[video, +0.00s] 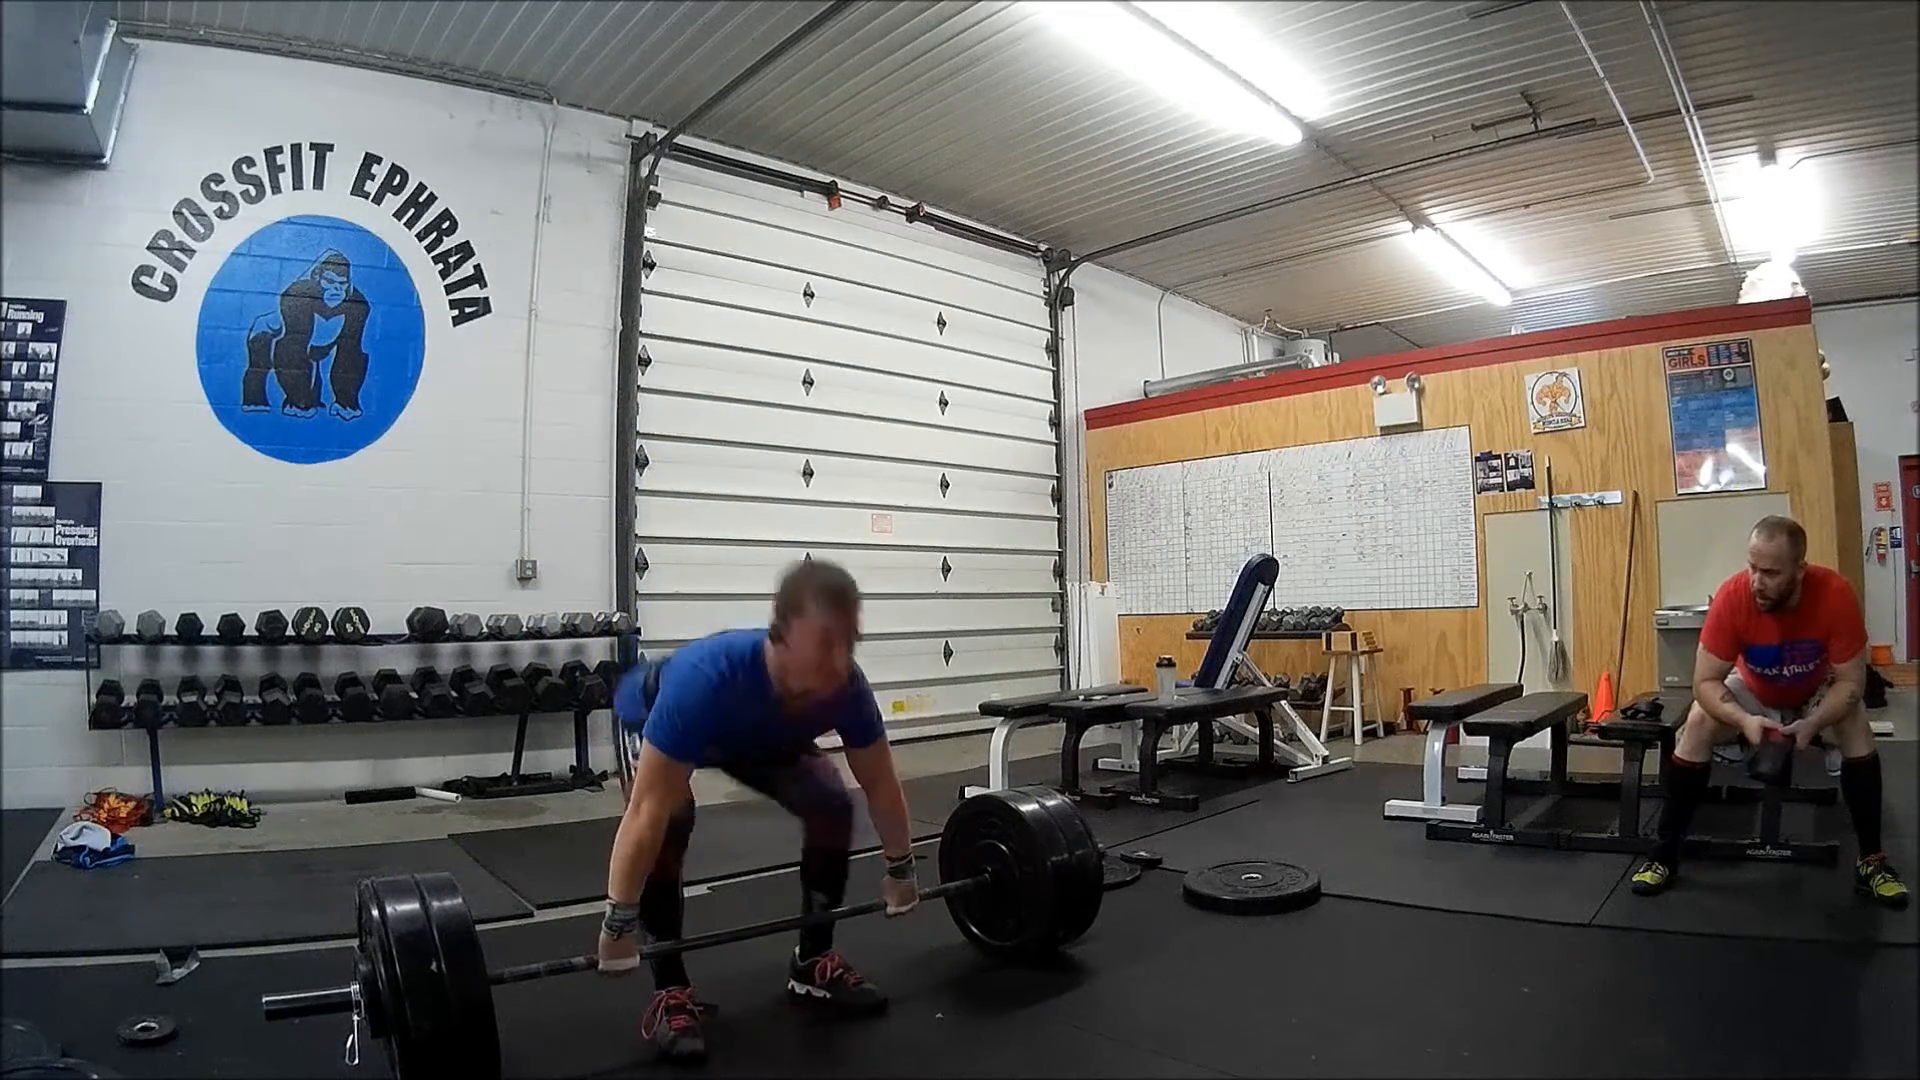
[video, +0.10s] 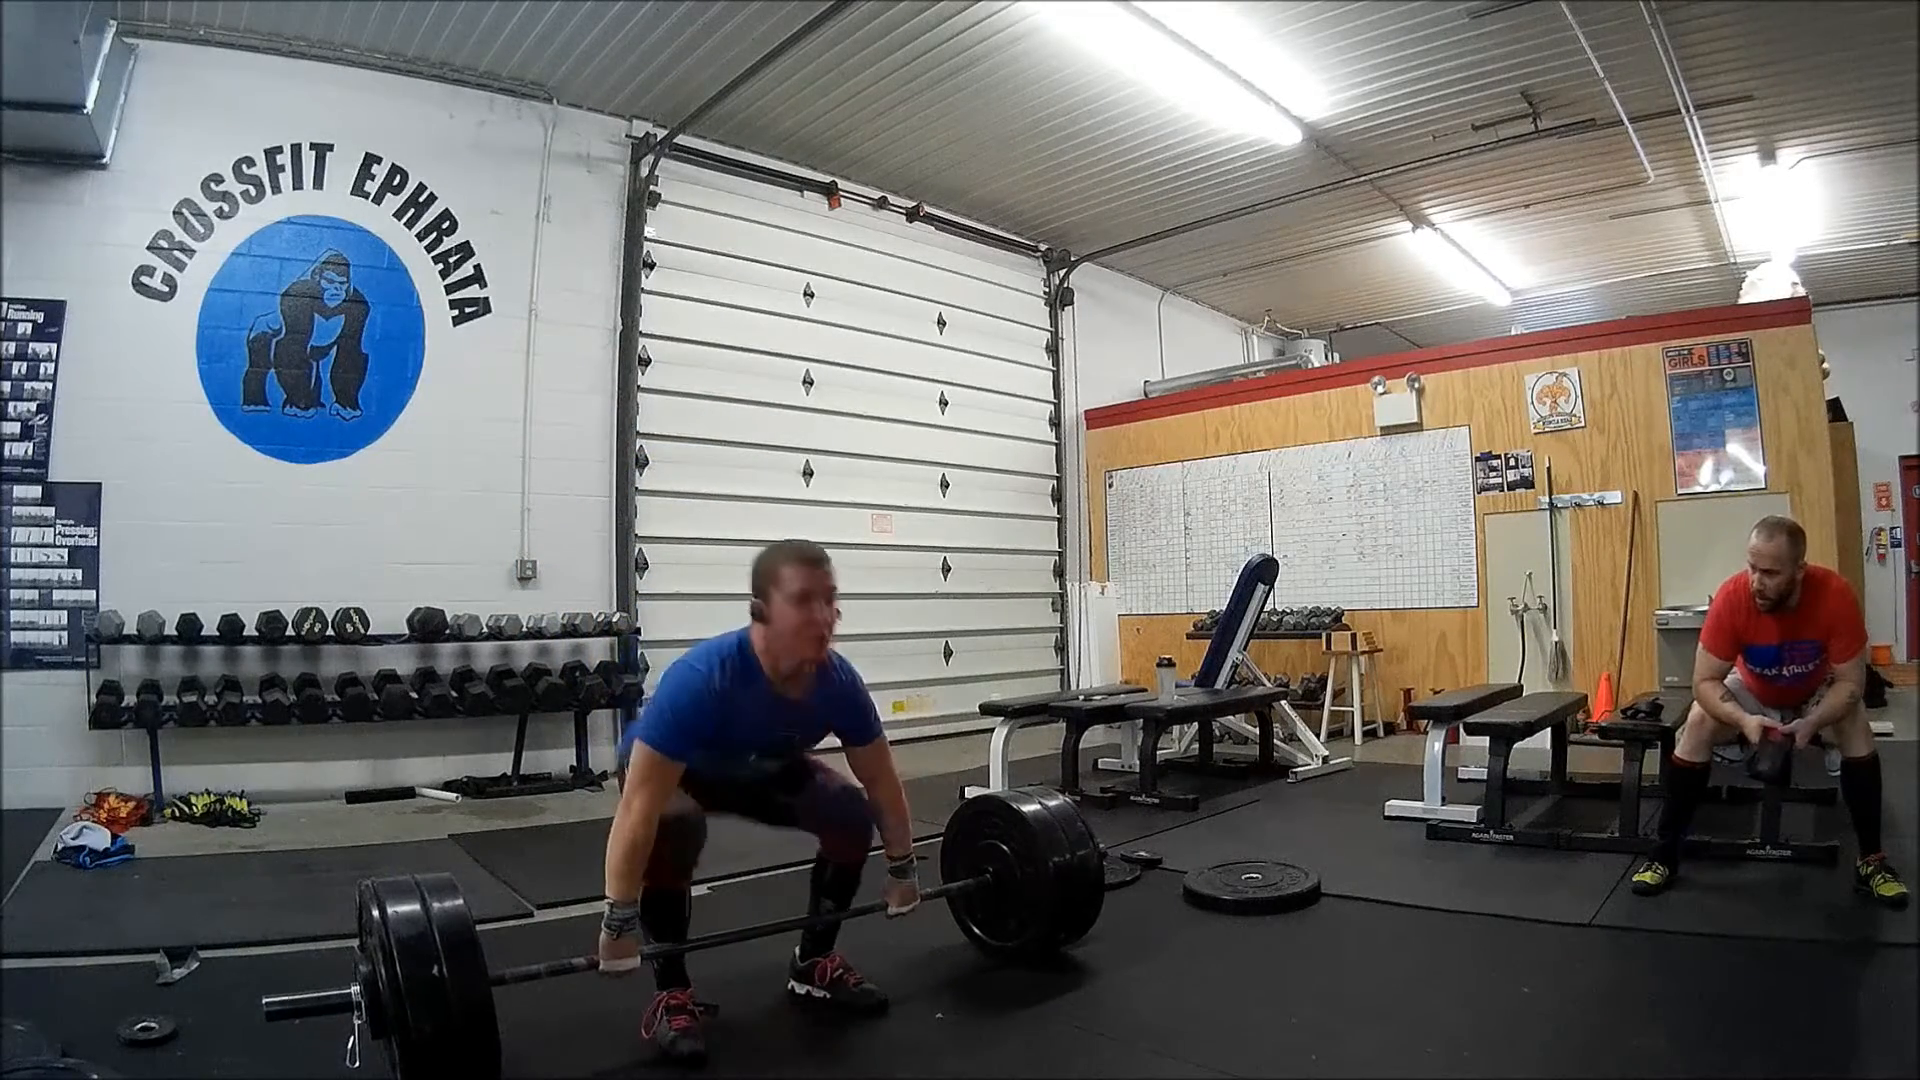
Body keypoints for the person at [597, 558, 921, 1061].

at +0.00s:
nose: (840, 662)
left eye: (848, 644)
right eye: (826, 643)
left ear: (856, 637)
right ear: (782, 635)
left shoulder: (847, 687)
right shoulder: (701, 681)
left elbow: (880, 780)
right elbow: (647, 809)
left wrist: (900, 871)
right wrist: (618, 922)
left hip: (742, 721)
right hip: (659, 716)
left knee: (831, 805)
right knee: (672, 819)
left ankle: (815, 961)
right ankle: (671, 994)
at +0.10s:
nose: (824, 616)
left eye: (830, 600)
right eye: (805, 601)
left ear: (837, 606)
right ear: (761, 609)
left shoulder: (839, 684)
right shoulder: (698, 680)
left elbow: (879, 776)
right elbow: (639, 800)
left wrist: (902, 869)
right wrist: (619, 921)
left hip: (762, 770)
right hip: (678, 773)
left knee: (852, 817)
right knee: (674, 830)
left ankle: (814, 963)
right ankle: (673, 997)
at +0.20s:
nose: (809, 600)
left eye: (814, 586)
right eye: (789, 587)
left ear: (822, 596)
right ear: (748, 598)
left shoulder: (830, 683)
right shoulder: (692, 683)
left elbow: (879, 778)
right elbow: (634, 801)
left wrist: (903, 868)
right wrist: (619, 921)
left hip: (771, 794)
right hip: (691, 798)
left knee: (860, 821)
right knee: (676, 832)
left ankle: (814, 963)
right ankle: (674, 997)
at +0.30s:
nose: (792, 589)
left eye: (800, 576)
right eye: (774, 575)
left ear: (808, 585)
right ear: (734, 588)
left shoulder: (825, 681)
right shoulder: (685, 683)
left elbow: (874, 778)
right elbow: (635, 805)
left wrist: (902, 867)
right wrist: (618, 919)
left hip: (771, 806)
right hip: (694, 811)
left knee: (864, 824)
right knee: (681, 848)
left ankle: (814, 964)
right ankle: (675, 997)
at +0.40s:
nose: (781, 593)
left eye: (789, 579)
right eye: (763, 579)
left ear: (799, 586)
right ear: (725, 590)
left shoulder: (819, 680)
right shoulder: (681, 683)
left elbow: (869, 776)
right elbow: (633, 801)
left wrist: (902, 865)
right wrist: (617, 918)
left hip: (771, 813)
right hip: (693, 819)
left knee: (865, 825)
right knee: (679, 851)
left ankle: (814, 965)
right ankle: (674, 997)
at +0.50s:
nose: (777, 598)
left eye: (785, 583)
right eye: (760, 584)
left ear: (796, 588)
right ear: (722, 591)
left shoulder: (816, 680)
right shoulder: (678, 683)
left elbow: (868, 778)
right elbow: (632, 803)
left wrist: (902, 865)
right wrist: (617, 916)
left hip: (772, 816)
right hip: (693, 822)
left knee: (866, 825)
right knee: (678, 852)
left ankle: (814, 964)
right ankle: (675, 997)